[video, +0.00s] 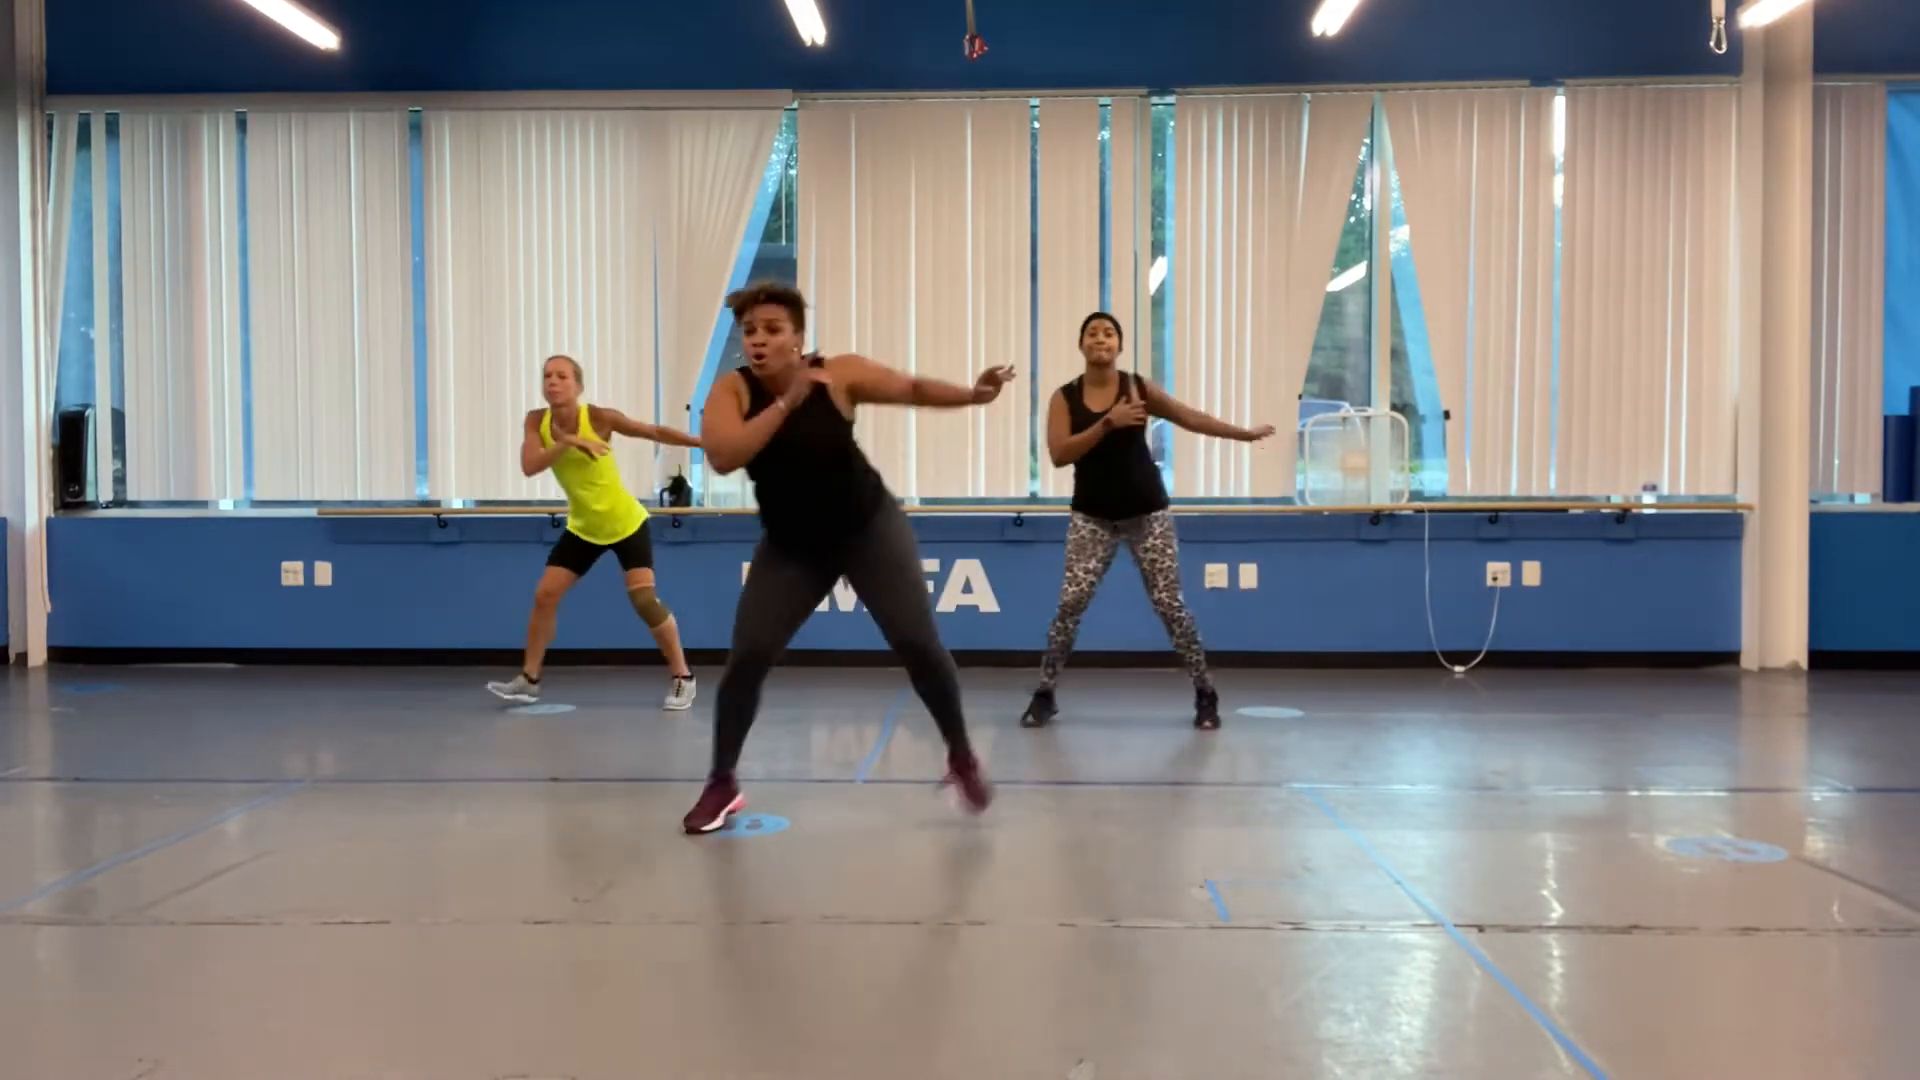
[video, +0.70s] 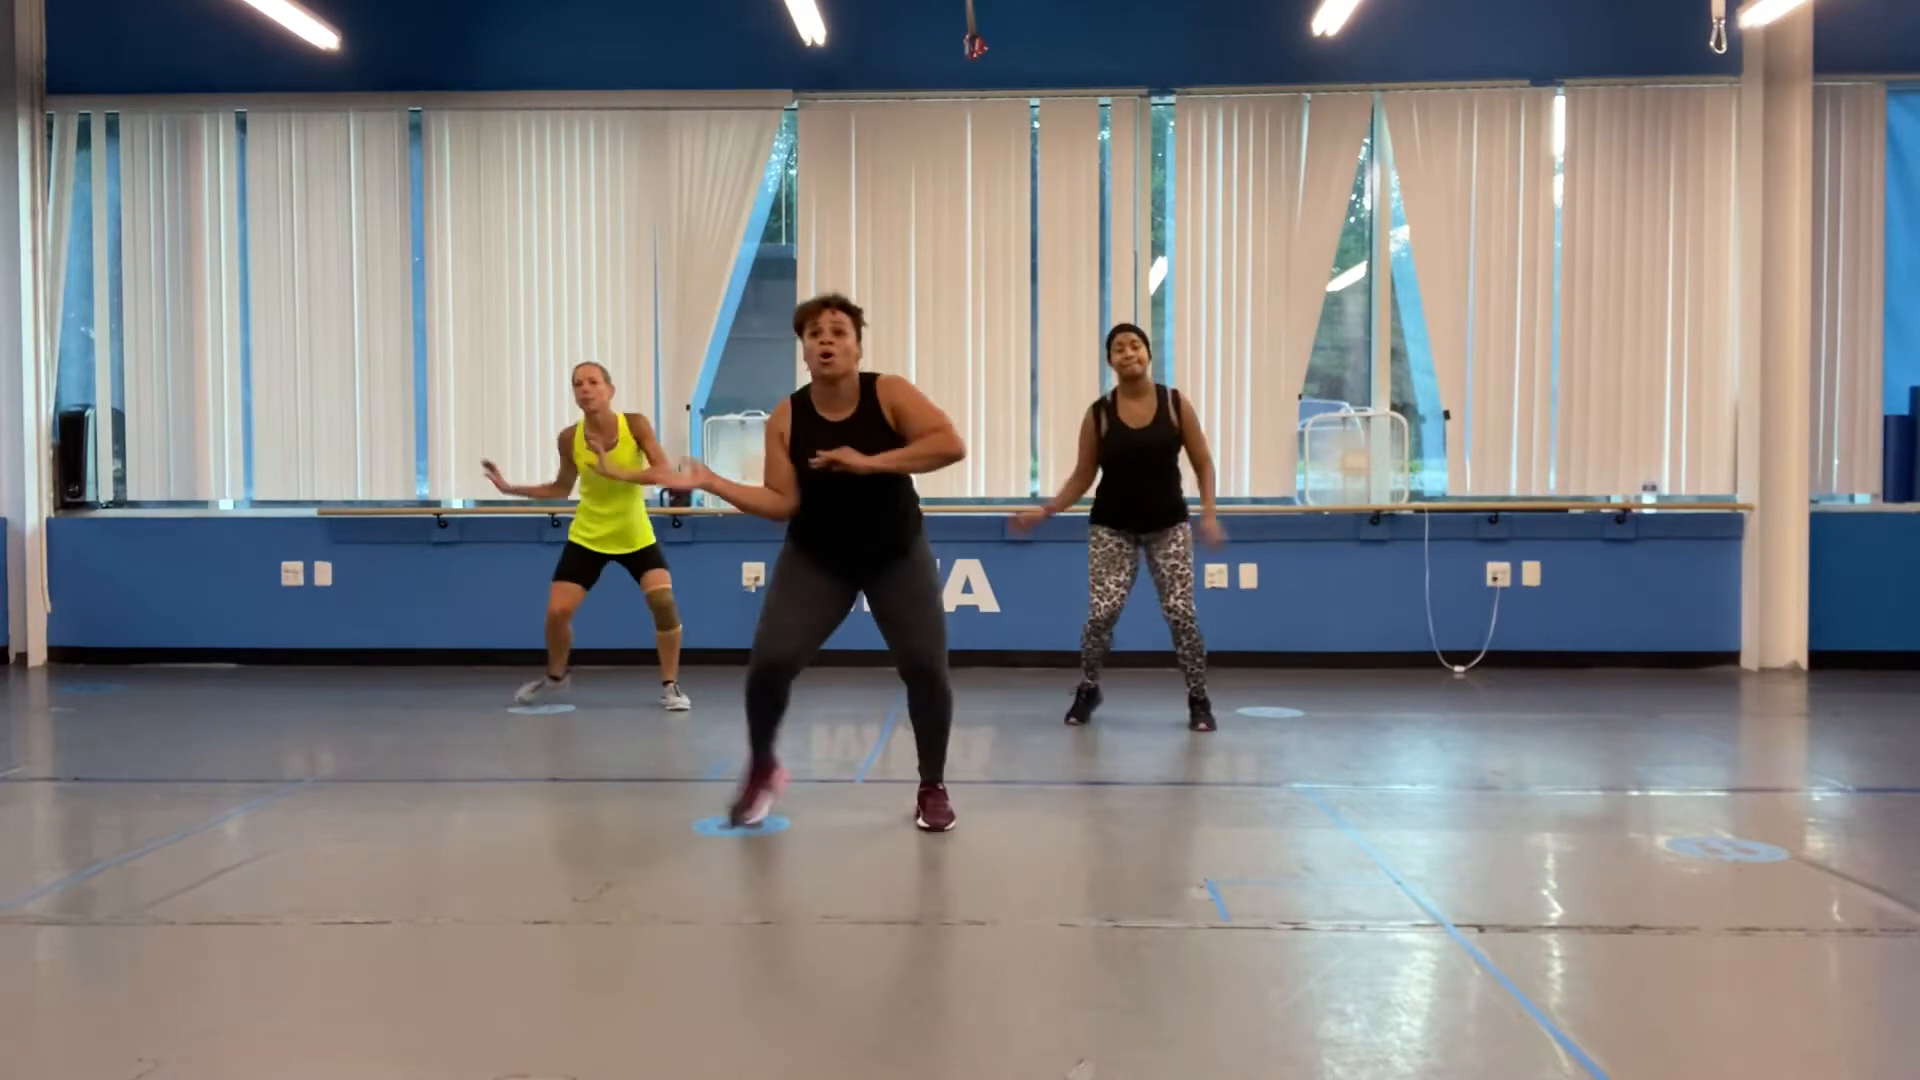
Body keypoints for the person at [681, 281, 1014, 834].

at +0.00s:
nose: (757, 340)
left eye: (771, 330)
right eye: (748, 330)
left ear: (799, 338)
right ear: (741, 337)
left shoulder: (839, 375)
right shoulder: (730, 391)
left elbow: (914, 390)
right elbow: (723, 455)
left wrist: (974, 395)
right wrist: (784, 403)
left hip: (867, 529)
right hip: (792, 544)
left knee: (918, 645)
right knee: (747, 658)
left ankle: (961, 754)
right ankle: (722, 783)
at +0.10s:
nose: (754, 345)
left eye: (768, 335)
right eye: (744, 335)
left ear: (792, 346)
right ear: (735, 345)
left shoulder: (826, 403)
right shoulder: (714, 403)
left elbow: (883, 462)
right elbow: (685, 471)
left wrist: (943, 451)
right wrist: (758, 455)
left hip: (838, 546)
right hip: (760, 559)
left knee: (902, 634)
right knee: (719, 670)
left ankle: (971, 696)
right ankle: (719, 789)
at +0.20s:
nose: (758, 341)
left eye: (772, 330)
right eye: (748, 330)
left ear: (794, 343)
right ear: (737, 342)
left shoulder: (827, 414)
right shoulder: (709, 407)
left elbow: (844, 501)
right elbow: (662, 471)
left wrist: (893, 534)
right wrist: (694, 521)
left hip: (831, 551)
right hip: (753, 556)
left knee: (898, 642)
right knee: (711, 673)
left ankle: (926, 719)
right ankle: (718, 789)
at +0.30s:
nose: (769, 331)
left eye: (783, 322)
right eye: (759, 322)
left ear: (804, 334)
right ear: (747, 333)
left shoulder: (833, 402)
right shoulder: (715, 393)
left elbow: (838, 487)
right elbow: (647, 434)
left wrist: (817, 531)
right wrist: (628, 499)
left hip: (833, 541)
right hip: (755, 550)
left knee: (885, 650)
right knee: (720, 672)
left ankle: (887, 775)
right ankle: (718, 789)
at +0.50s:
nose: (813, 331)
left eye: (825, 321)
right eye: (803, 324)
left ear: (846, 332)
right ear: (790, 337)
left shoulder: (871, 374)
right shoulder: (772, 385)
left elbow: (888, 447)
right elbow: (701, 406)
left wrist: (798, 450)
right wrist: (632, 416)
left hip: (870, 539)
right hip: (793, 536)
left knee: (906, 656)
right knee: (737, 652)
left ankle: (933, 784)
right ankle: (700, 762)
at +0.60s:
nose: (827, 342)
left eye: (839, 333)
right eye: (816, 335)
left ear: (860, 344)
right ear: (805, 351)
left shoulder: (889, 392)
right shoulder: (786, 413)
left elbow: (918, 451)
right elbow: (736, 467)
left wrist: (828, 452)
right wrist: (663, 439)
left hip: (890, 551)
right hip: (810, 550)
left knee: (925, 664)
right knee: (756, 646)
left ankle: (932, 788)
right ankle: (711, 728)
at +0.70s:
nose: (825, 342)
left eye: (837, 333)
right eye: (815, 334)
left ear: (858, 344)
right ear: (802, 347)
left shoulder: (890, 393)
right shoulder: (786, 418)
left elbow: (949, 446)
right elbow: (780, 503)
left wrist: (871, 462)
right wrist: (711, 481)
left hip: (895, 552)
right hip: (816, 556)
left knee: (927, 669)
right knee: (769, 665)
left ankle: (932, 788)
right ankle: (762, 767)